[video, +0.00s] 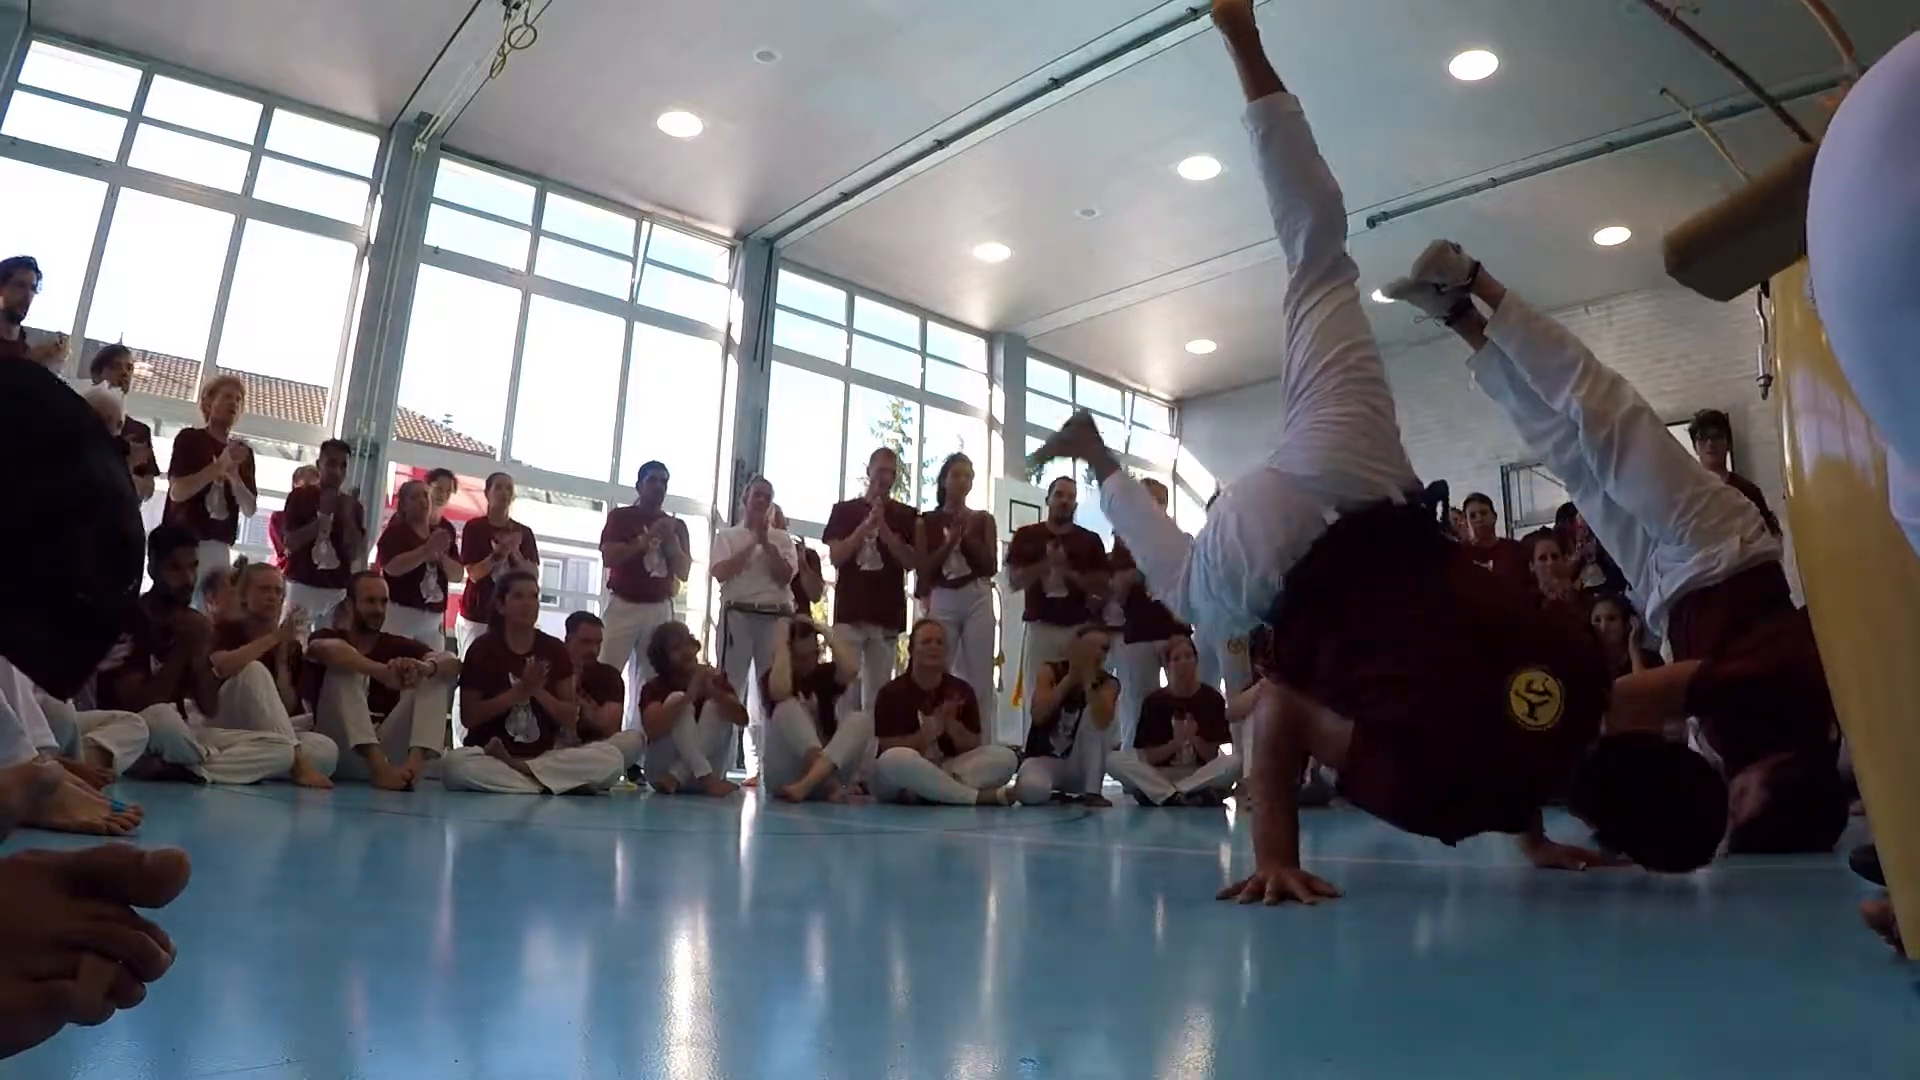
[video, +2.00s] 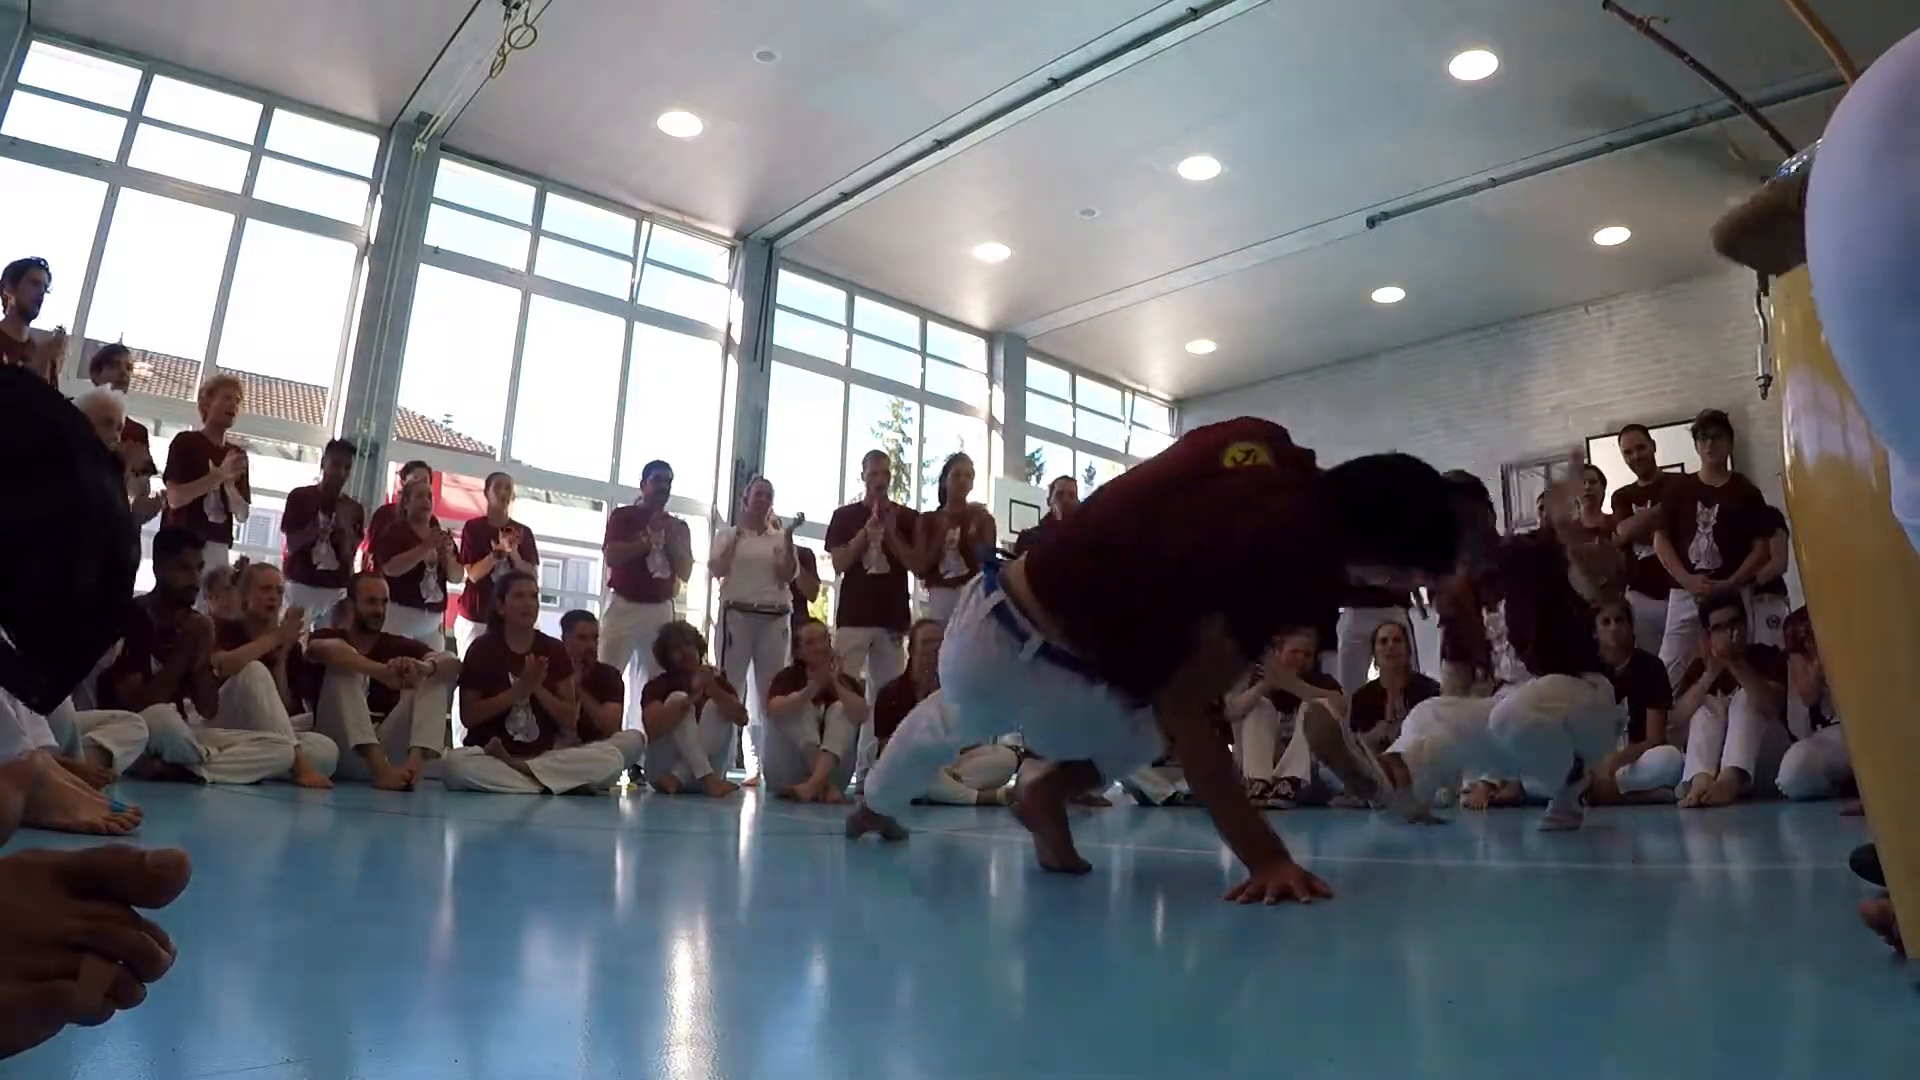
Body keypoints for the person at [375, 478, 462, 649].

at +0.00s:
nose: (423, 501)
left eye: (426, 496)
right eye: (415, 497)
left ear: (431, 501)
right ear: (402, 504)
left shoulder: (441, 533)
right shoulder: (395, 531)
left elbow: (457, 575)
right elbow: (392, 568)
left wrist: (441, 555)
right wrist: (428, 549)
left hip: (434, 614)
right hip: (400, 611)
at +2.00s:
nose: (426, 502)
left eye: (429, 497)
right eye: (419, 496)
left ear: (433, 502)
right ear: (406, 502)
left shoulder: (440, 535)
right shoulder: (394, 531)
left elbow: (457, 577)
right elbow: (390, 569)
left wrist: (448, 555)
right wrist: (426, 547)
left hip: (434, 614)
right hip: (401, 610)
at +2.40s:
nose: (426, 502)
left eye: (430, 497)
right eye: (420, 497)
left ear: (433, 502)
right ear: (406, 502)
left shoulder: (439, 535)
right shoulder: (394, 532)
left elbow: (457, 577)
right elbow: (390, 569)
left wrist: (445, 553)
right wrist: (429, 547)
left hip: (434, 615)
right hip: (400, 611)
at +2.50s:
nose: (427, 502)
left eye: (430, 497)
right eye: (421, 496)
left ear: (434, 501)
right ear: (406, 502)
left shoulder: (439, 534)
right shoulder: (394, 532)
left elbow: (456, 578)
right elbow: (391, 569)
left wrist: (447, 553)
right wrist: (429, 547)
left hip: (434, 614)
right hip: (401, 610)